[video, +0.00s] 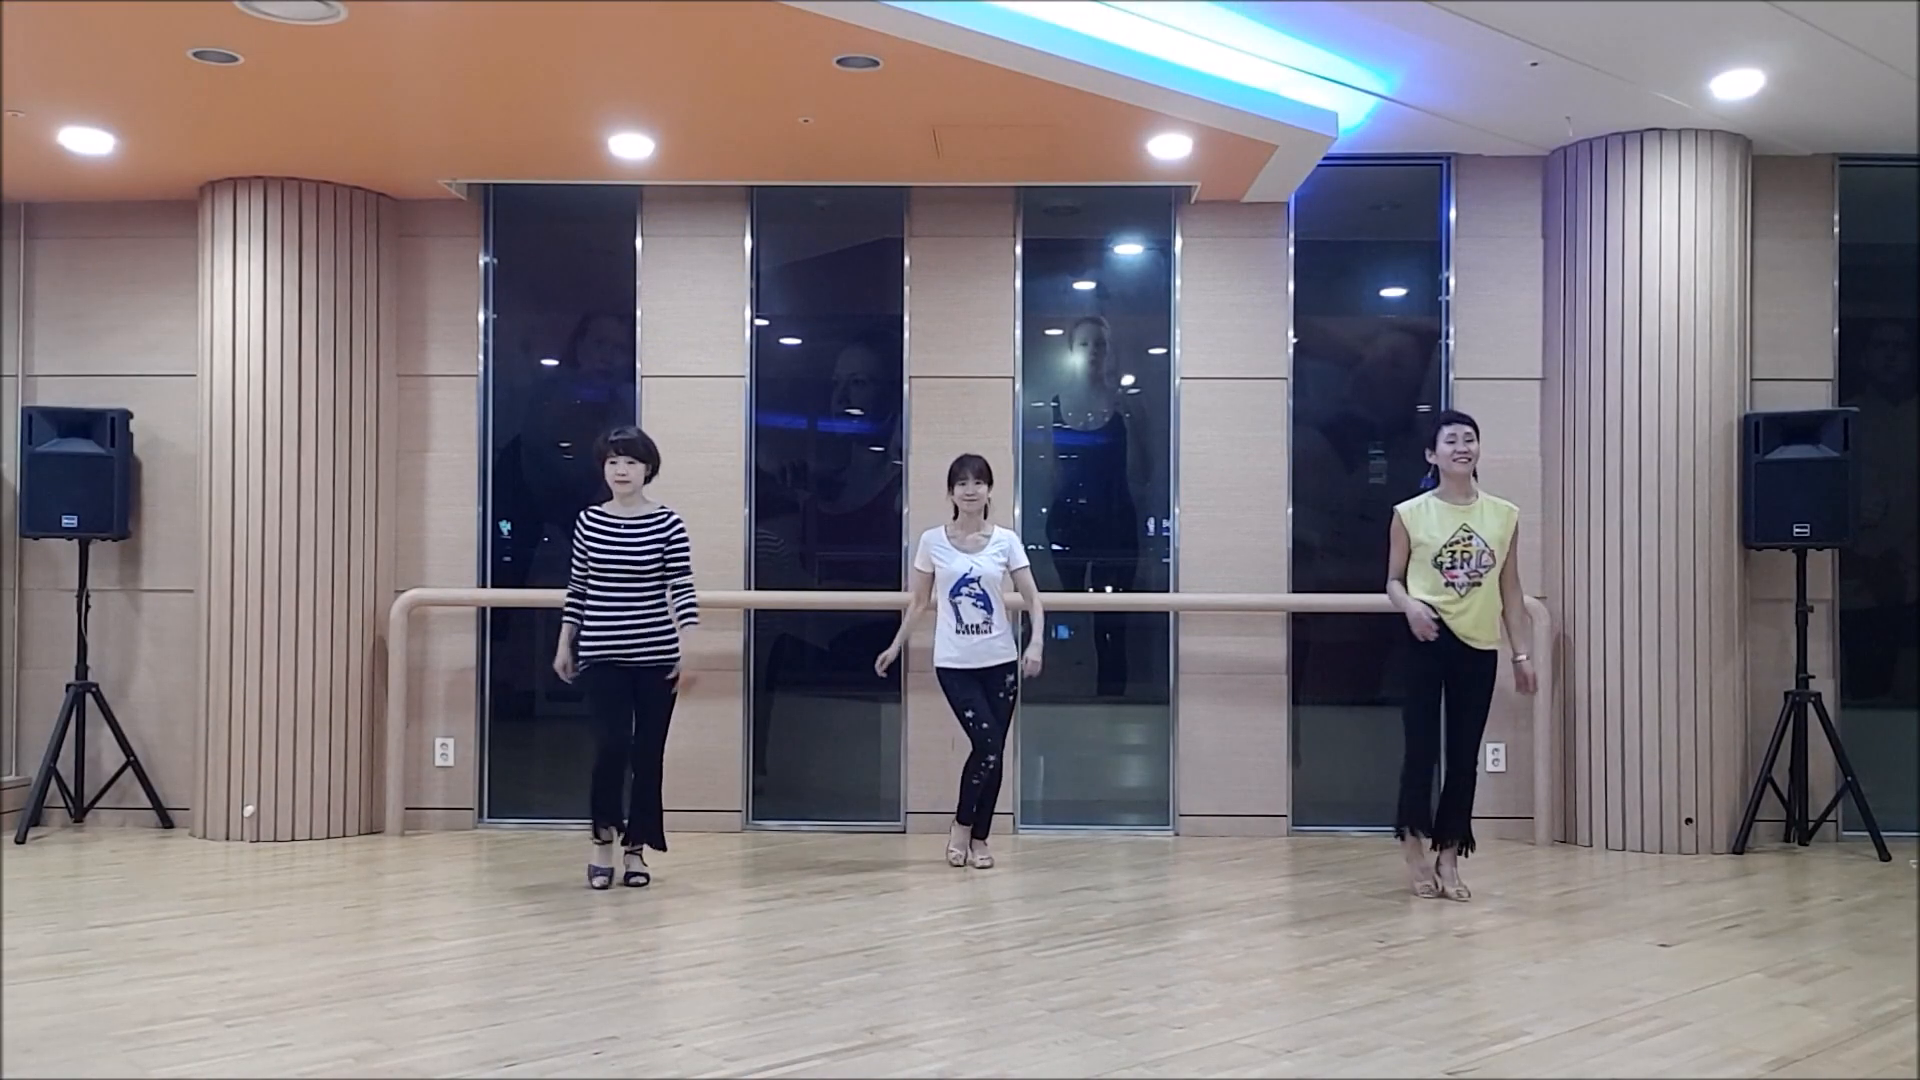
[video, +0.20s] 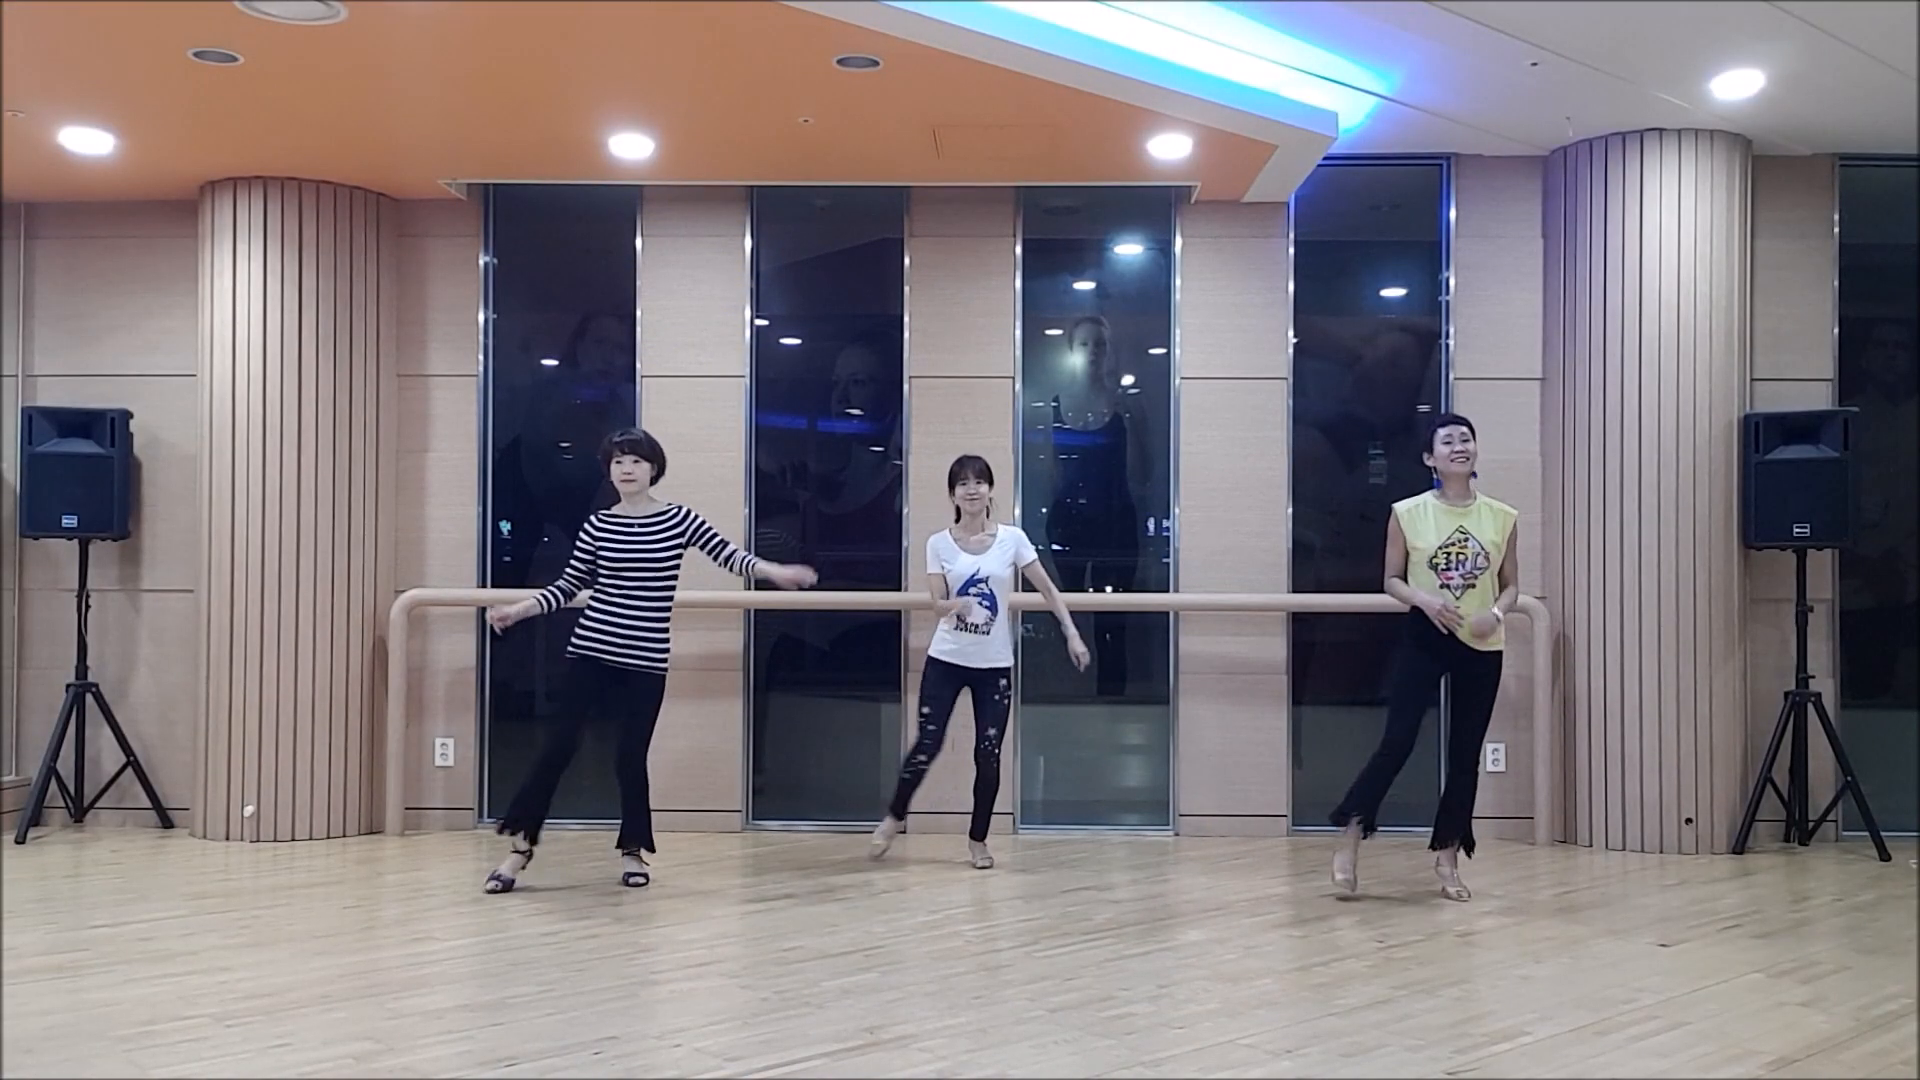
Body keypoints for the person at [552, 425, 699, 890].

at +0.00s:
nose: (620, 470)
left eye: (631, 462)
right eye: (613, 462)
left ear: (648, 469)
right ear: (604, 468)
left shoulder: (666, 522)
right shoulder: (589, 520)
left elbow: (682, 587)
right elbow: (577, 586)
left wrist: (689, 650)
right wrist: (564, 642)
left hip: (657, 655)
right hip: (602, 655)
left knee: (648, 755)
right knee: (612, 746)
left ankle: (635, 850)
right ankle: (602, 842)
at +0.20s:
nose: (626, 468)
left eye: (636, 461)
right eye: (619, 461)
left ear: (654, 468)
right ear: (608, 469)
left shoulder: (680, 519)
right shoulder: (597, 525)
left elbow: (731, 556)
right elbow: (569, 585)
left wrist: (777, 571)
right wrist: (519, 608)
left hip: (646, 658)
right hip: (590, 652)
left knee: (630, 758)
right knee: (559, 745)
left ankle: (633, 855)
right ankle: (520, 850)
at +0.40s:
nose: (630, 464)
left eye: (639, 457)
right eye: (623, 457)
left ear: (656, 467)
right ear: (611, 465)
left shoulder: (677, 519)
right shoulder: (596, 520)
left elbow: (720, 569)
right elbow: (560, 578)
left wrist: (736, 553)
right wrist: (508, 594)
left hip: (651, 658)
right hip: (593, 652)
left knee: (638, 757)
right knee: (564, 747)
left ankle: (633, 854)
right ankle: (530, 847)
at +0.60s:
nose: (630, 465)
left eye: (640, 459)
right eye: (623, 458)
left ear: (656, 470)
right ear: (610, 467)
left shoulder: (668, 527)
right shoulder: (591, 520)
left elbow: (680, 598)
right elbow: (568, 583)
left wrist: (655, 574)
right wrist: (518, 609)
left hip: (660, 656)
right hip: (605, 656)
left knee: (653, 755)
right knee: (615, 753)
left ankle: (637, 852)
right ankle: (609, 849)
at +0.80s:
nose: (630, 459)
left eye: (640, 453)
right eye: (623, 452)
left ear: (656, 465)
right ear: (611, 462)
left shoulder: (674, 515)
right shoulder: (596, 515)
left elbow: (679, 578)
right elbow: (575, 581)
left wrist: (635, 547)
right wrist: (524, 608)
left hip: (650, 652)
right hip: (594, 647)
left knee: (641, 752)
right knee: (572, 743)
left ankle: (633, 851)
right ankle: (537, 847)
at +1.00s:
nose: (635, 463)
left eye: (645, 457)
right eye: (628, 457)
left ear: (662, 467)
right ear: (616, 466)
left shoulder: (678, 517)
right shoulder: (604, 514)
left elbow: (670, 560)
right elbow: (578, 583)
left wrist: (631, 519)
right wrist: (524, 606)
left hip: (644, 656)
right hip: (587, 647)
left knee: (631, 755)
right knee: (560, 745)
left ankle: (632, 853)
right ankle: (527, 850)